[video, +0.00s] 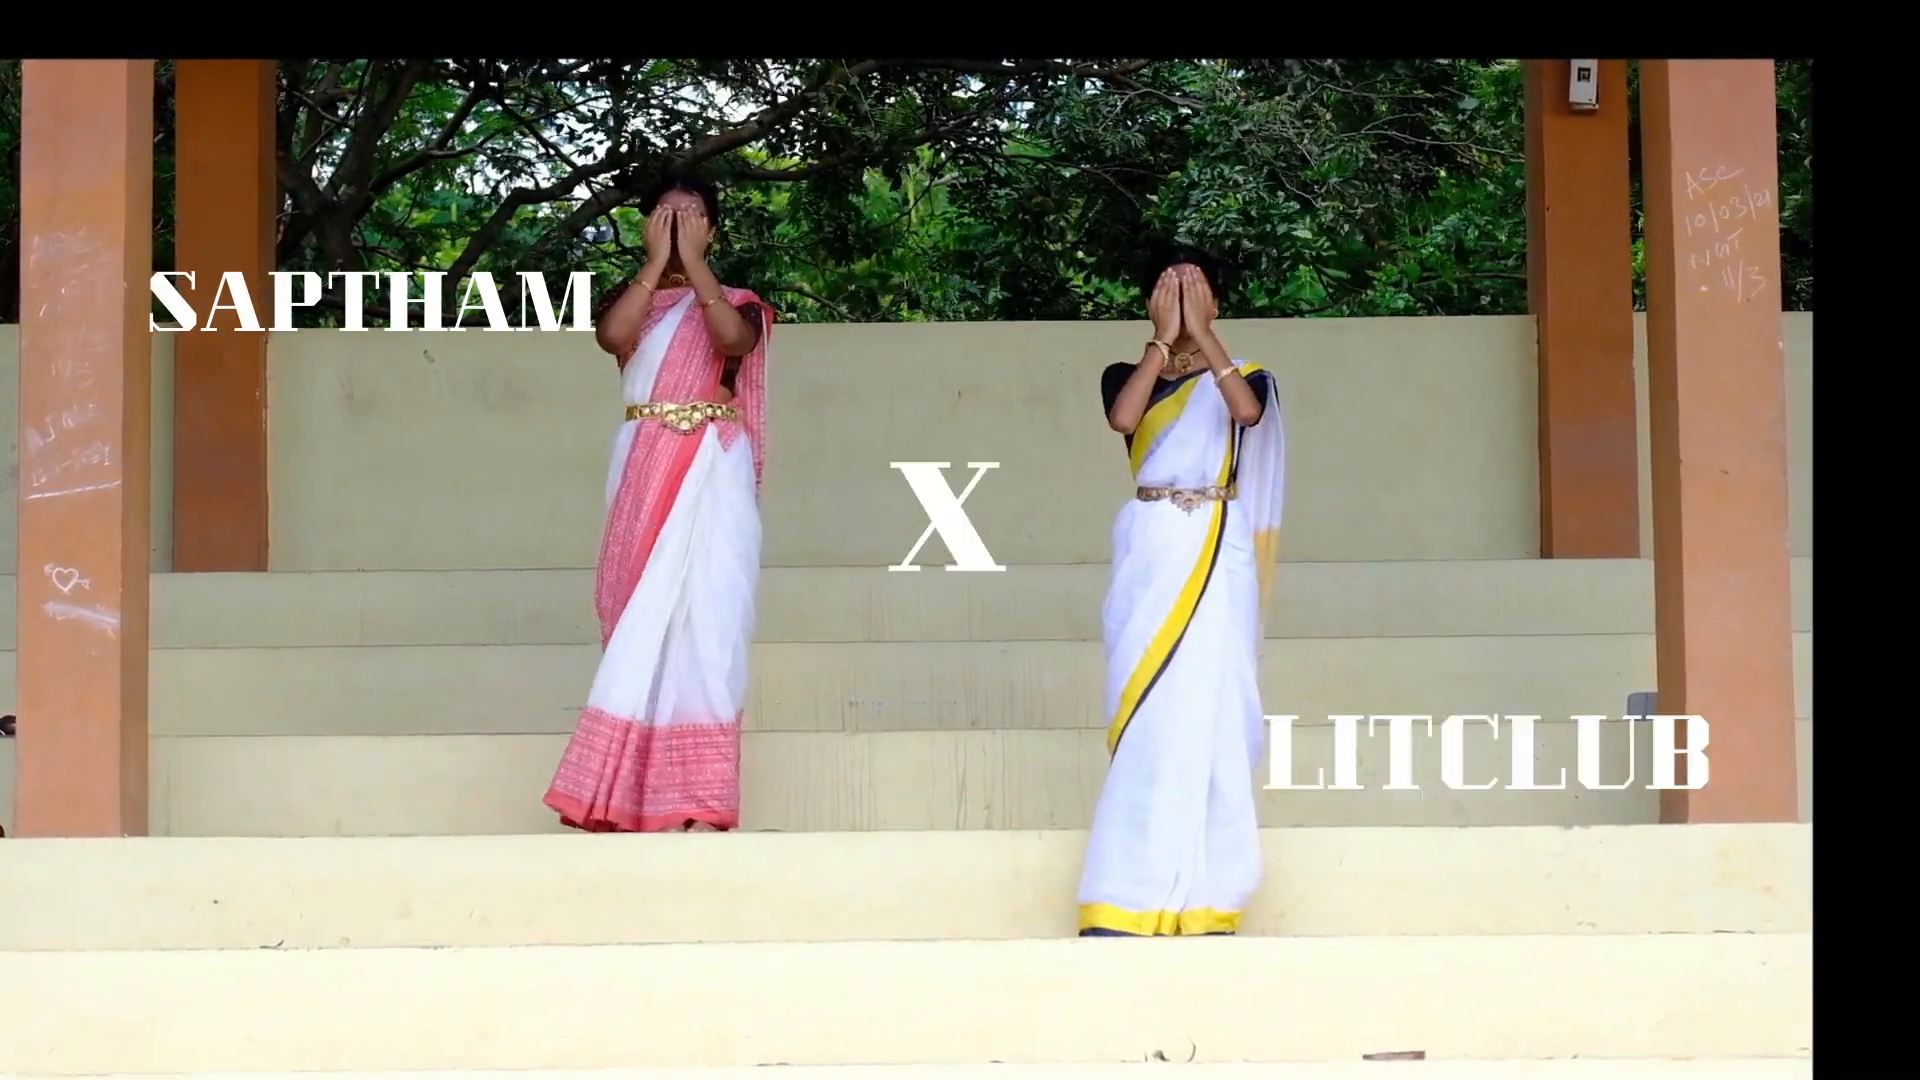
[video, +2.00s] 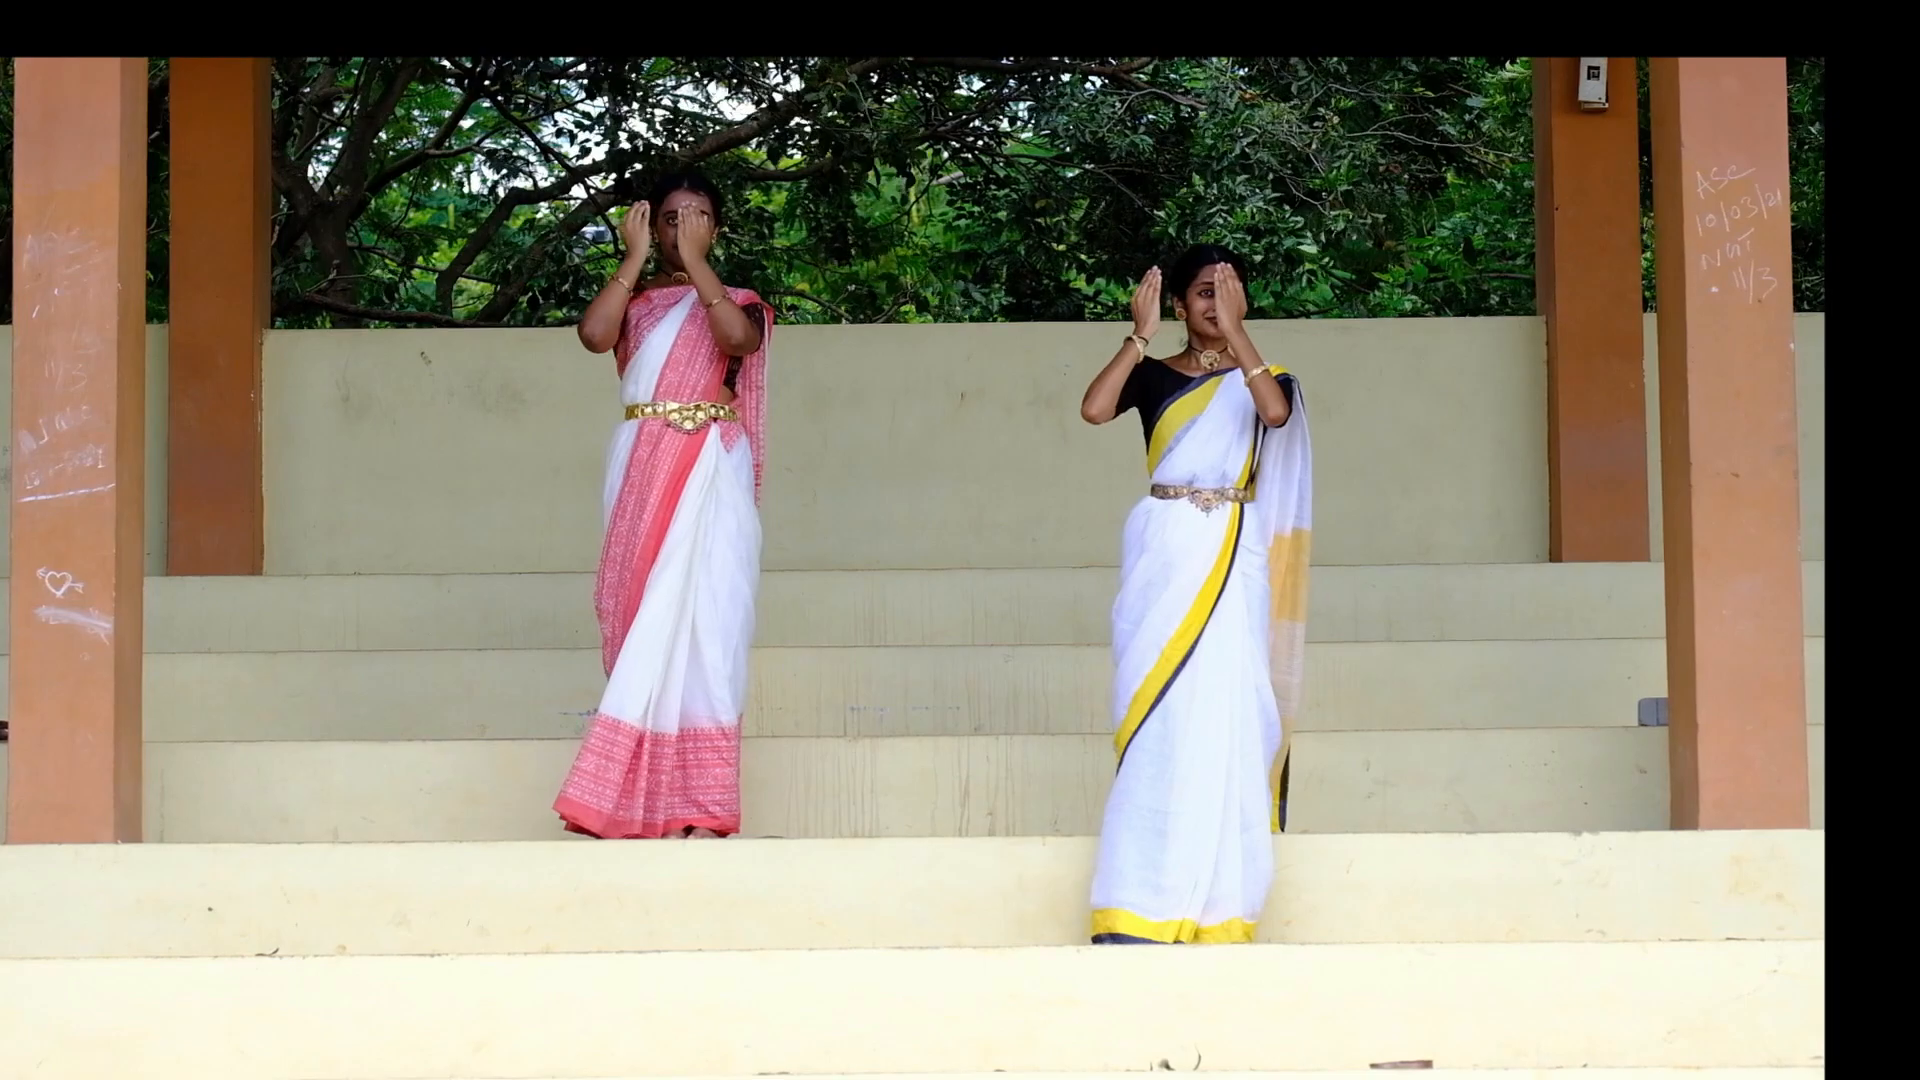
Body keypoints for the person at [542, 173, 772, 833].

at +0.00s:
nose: (678, 228)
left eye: (691, 216)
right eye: (668, 216)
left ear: (713, 229)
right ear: (649, 228)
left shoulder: (739, 303)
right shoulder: (631, 301)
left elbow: (734, 339)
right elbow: (617, 336)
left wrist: (697, 261)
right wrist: (655, 260)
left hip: (714, 477)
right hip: (644, 476)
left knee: (705, 627)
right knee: (638, 624)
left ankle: (698, 800)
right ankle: (627, 798)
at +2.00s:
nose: (681, 228)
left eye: (694, 216)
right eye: (670, 217)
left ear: (717, 229)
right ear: (652, 231)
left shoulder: (742, 303)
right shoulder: (636, 302)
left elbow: (737, 340)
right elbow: (595, 333)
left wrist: (695, 259)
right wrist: (634, 254)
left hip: (712, 476)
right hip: (642, 475)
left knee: (706, 628)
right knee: (641, 625)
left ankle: (702, 803)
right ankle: (639, 799)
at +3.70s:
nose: (704, 231)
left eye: (714, 220)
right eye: (690, 219)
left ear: (727, 229)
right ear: (664, 227)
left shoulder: (747, 307)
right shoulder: (631, 304)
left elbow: (766, 377)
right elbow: (590, 385)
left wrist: (702, 337)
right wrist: (636, 337)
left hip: (727, 482)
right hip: (655, 481)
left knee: (717, 629)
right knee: (658, 628)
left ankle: (703, 809)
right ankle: (652, 804)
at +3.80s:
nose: (720, 237)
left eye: (729, 226)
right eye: (705, 224)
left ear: (736, 235)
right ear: (674, 233)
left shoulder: (755, 313)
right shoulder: (633, 315)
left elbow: (767, 395)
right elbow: (609, 399)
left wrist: (720, 414)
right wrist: (604, 427)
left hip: (733, 490)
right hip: (659, 489)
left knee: (717, 631)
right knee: (661, 631)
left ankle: (706, 812)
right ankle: (659, 806)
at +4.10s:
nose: (748, 241)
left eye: (754, 229)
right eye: (734, 228)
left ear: (758, 235)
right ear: (698, 235)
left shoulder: (768, 315)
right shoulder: (651, 310)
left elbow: (768, 386)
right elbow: (583, 383)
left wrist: (693, 391)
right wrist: (505, 434)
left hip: (747, 479)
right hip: (674, 477)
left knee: (783, 585)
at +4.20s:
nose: (753, 245)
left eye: (758, 234)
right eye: (739, 232)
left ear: (761, 242)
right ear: (700, 239)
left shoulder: (771, 319)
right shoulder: (653, 315)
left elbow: (781, 398)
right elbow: (582, 386)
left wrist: (712, 406)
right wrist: (503, 420)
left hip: (748, 472)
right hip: (674, 475)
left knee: (764, 581)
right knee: (705, 612)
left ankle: (856, 698)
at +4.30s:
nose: (752, 249)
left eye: (759, 238)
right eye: (738, 237)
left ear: (766, 247)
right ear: (702, 246)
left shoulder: (777, 328)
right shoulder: (659, 319)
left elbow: (799, 419)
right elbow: (599, 395)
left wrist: (761, 441)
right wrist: (528, 453)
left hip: (749, 479)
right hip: (675, 476)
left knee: (769, 596)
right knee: (702, 621)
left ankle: (843, 727)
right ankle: (711, 779)